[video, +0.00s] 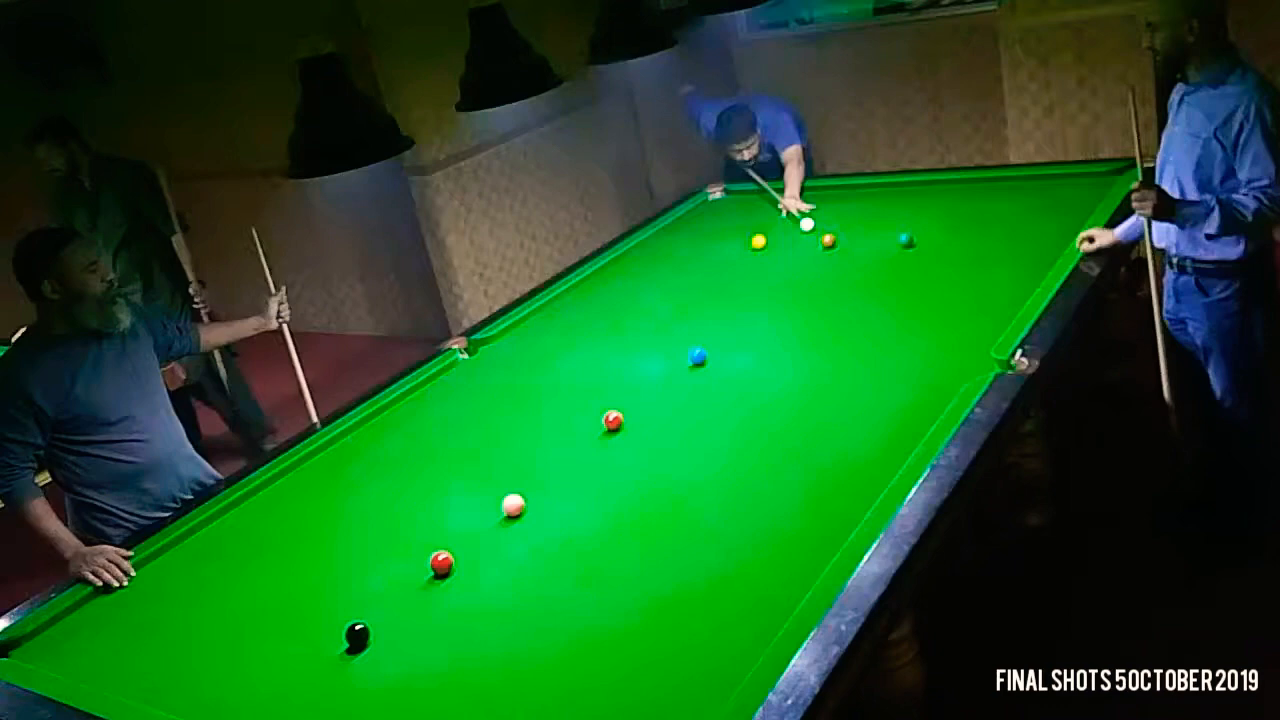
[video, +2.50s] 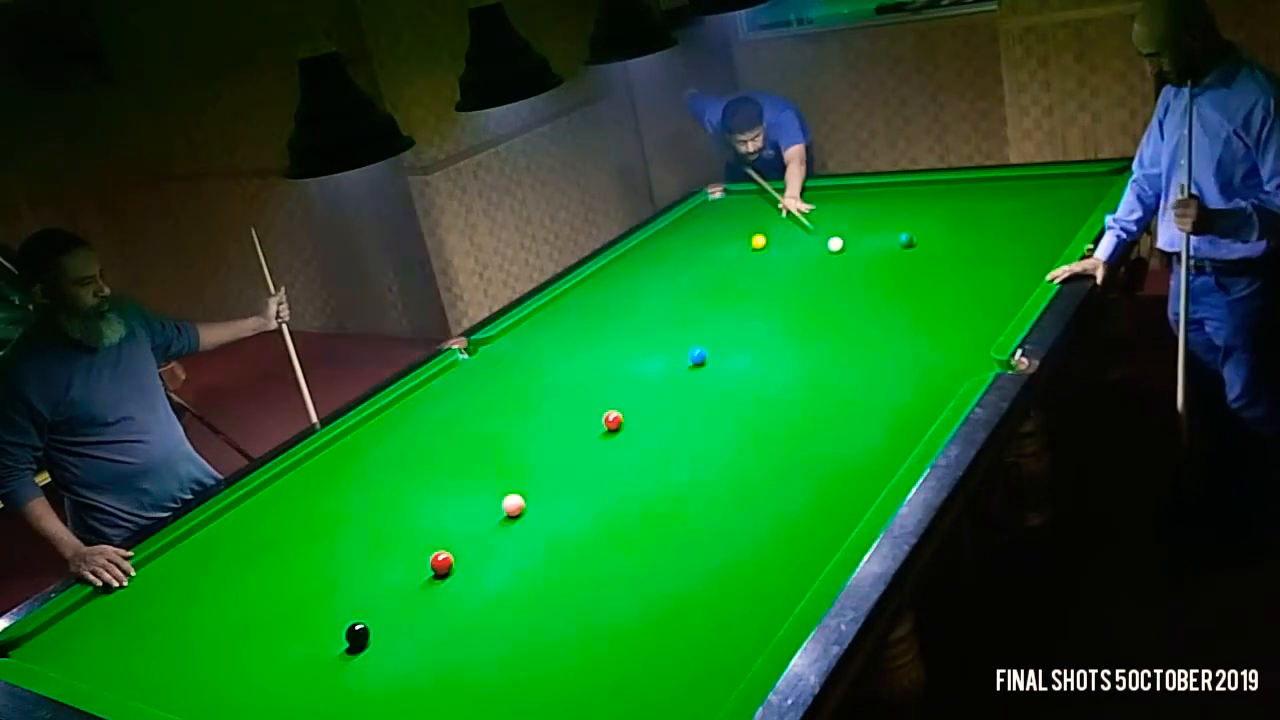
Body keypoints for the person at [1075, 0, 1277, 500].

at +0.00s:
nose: (1150, 41)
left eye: (1158, 28)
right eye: (1149, 30)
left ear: (1196, 28)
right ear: (1190, 31)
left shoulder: (1249, 100)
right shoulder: (1184, 95)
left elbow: (1264, 204)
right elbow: (1172, 189)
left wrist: (1178, 210)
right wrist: (1117, 234)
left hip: (1225, 282)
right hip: (1179, 276)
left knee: (1235, 415)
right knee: (1191, 409)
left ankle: (1243, 522)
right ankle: (1197, 510)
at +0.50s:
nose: (1161, 34)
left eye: (1175, 20)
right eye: (1159, 21)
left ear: (1215, 24)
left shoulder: (1258, 102)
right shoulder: (1179, 94)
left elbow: (1270, 215)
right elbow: (1167, 185)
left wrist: (1198, 221)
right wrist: (1114, 233)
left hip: (1230, 285)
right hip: (1177, 279)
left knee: (1239, 414)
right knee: (1193, 409)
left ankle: (1244, 524)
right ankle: (1198, 514)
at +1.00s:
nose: (1172, 32)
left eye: (1186, 18)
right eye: (1171, 18)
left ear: (1228, 22)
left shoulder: (1266, 103)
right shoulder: (1177, 97)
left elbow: (1275, 214)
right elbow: (1143, 177)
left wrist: (1214, 220)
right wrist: (1098, 249)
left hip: (1237, 287)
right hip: (1176, 279)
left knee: (1242, 416)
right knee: (1186, 410)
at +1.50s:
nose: (1157, 46)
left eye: (1165, 32)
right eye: (1154, 34)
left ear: (1205, 28)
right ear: (1170, 36)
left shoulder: (1260, 102)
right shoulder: (1174, 96)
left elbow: (1272, 213)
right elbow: (1144, 178)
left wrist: (1204, 223)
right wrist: (1103, 252)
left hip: (1242, 288)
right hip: (1188, 282)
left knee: (1247, 410)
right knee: (1195, 405)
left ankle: (1252, 526)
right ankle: (1199, 516)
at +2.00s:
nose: (1151, 63)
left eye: (1157, 52)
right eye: (1146, 52)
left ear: (1193, 39)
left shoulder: (1258, 101)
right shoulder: (1173, 96)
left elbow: (1277, 213)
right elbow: (1145, 179)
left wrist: (1209, 221)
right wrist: (1104, 254)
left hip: (1245, 284)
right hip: (1187, 279)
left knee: (1248, 407)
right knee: (1199, 405)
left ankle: (1258, 520)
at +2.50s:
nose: (1152, 69)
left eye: (1158, 55)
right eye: (1145, 57)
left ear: (1193, 39)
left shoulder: (1260, 99)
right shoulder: (1173, 97)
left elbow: (1277, 210)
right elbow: (1145, 180)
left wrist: (1214, 219)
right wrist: (1104, 253)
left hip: (1243, 284)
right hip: (1185, 278)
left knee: (1248, 409)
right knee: (1199, 407)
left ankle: (1257, 523)